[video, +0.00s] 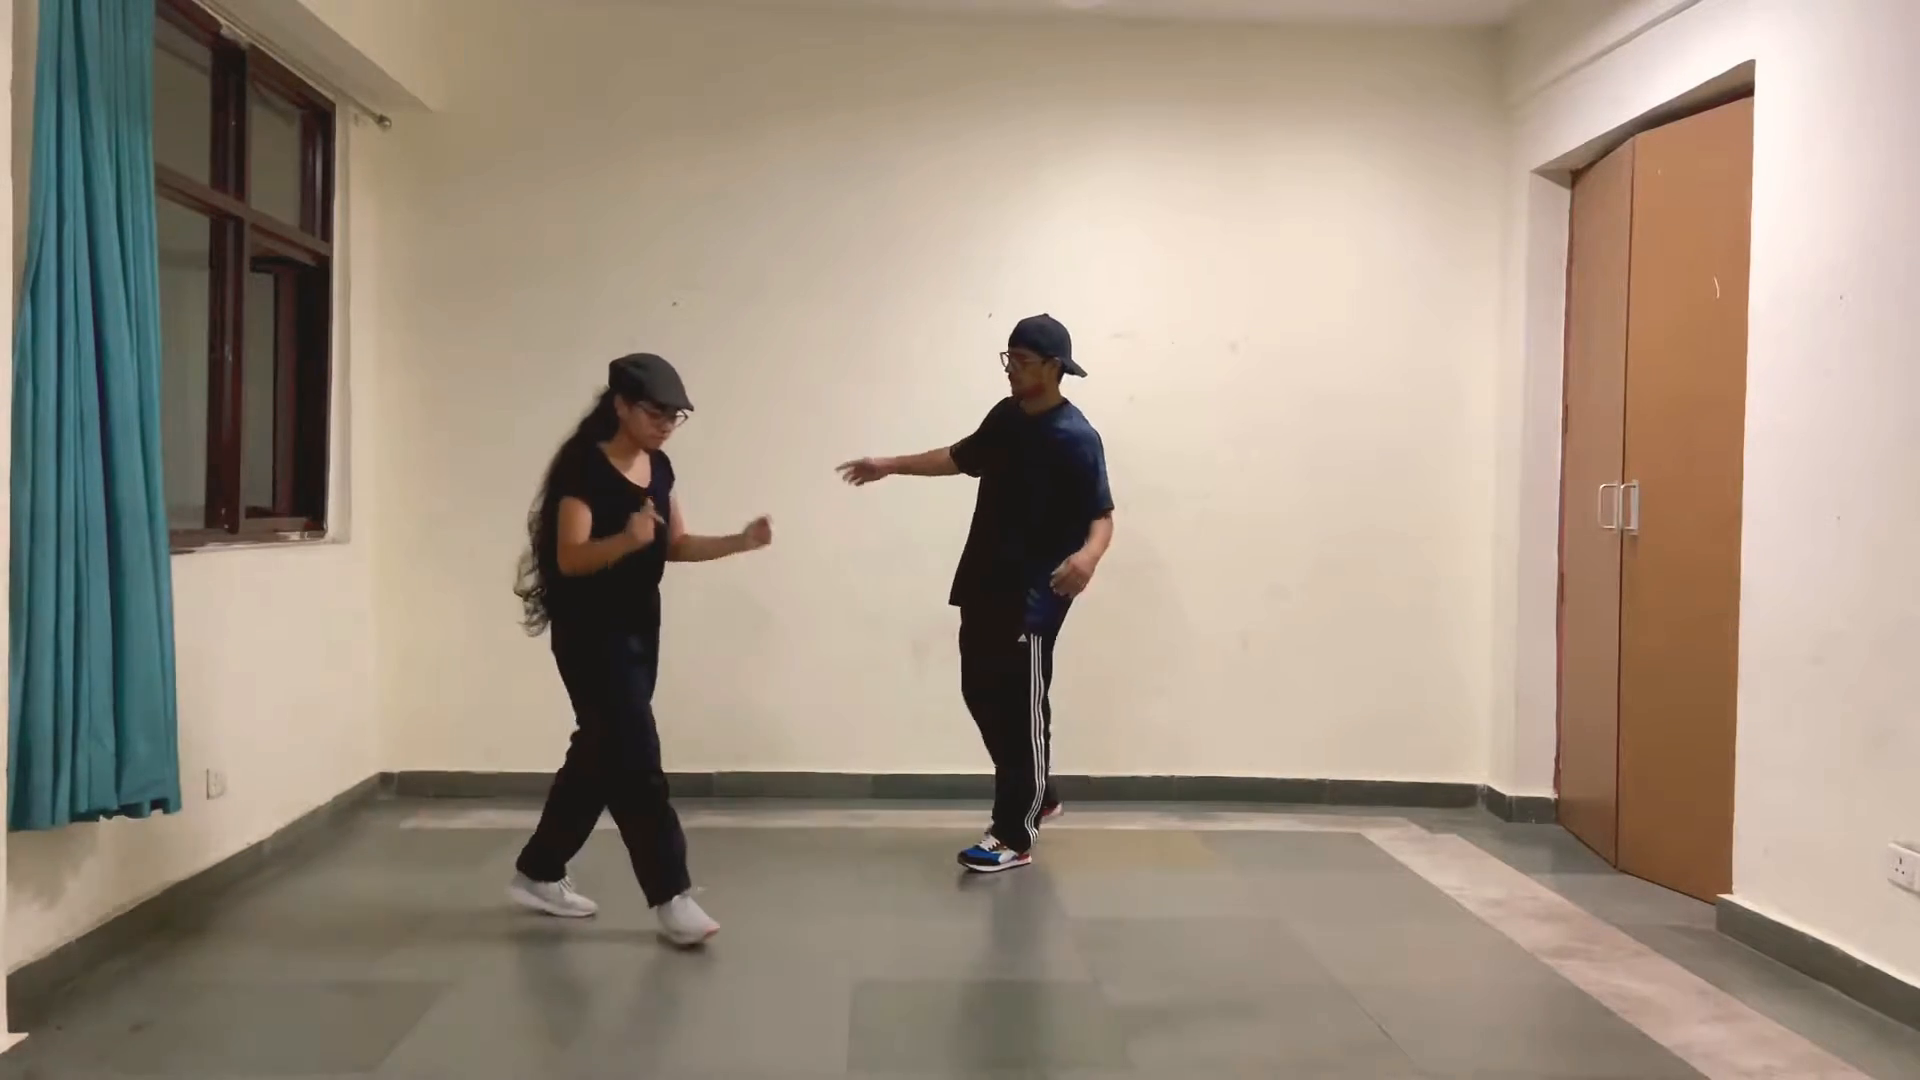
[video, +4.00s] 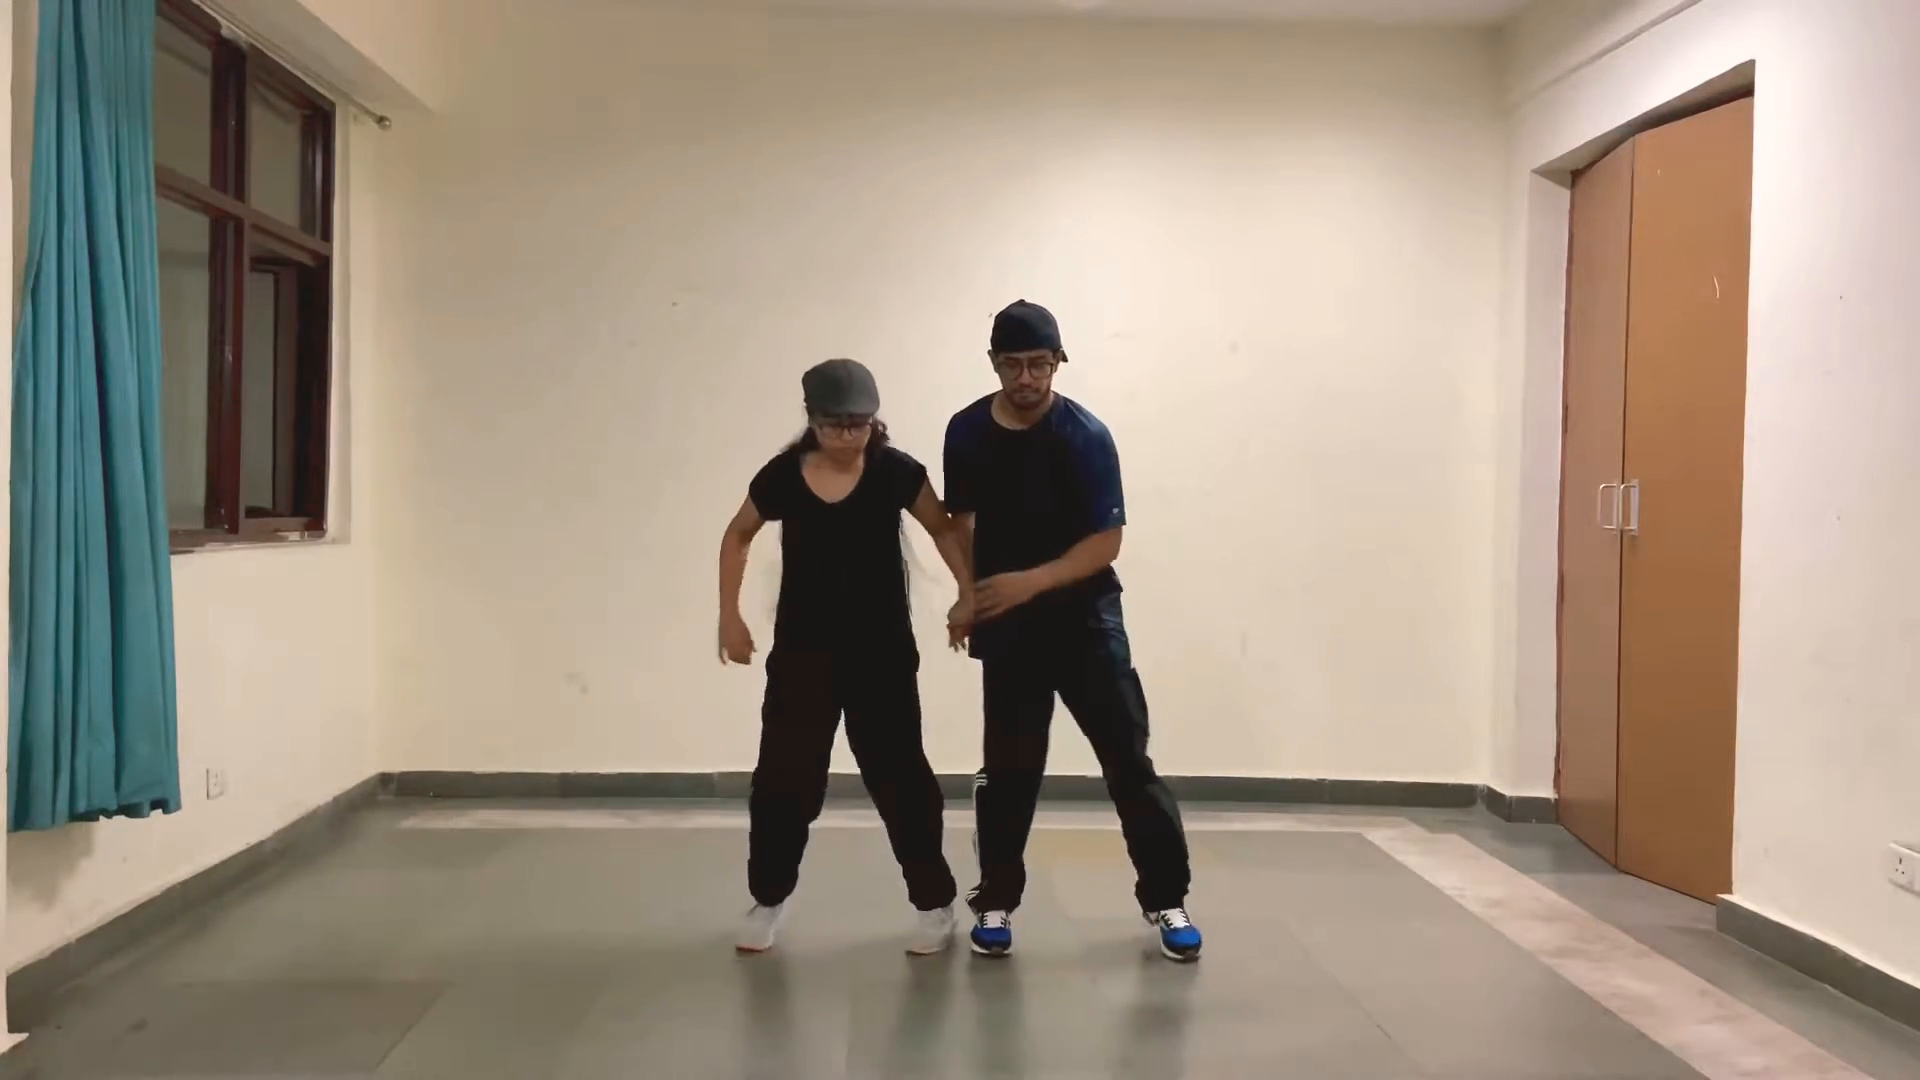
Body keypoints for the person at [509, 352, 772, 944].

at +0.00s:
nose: (669, 423)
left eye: (674, 414)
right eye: (658, 411)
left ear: (676, 416)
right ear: (623, 405)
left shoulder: (656, 467)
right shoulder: (581, 465)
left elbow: (672, 545)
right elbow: (569, 559)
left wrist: (738, 542)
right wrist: (626, 541)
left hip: (638, 634)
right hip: (587, 636)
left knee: (600, 752)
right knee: (635, 752)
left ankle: (538, 872)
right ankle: (670, 894)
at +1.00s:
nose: (787, 436)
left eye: (795, 424)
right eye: (774, 427)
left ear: (808, 413)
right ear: (750, 417)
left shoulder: (832, 457)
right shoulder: (728, 468)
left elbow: (877, 540)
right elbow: (687, 552)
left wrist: (876, 463)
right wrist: (676, 483)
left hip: (819, 636)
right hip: (745, 635)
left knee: (807, 766)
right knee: (745, 766)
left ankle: (802, 903)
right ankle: (749, 905)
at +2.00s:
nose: (766, 424)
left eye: (777, 412)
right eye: (754, 413)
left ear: (792, 408)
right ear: (732, 409)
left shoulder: (814, 457)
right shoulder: (704, 464)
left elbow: (854, 530)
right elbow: (670, 544)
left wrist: (900, 583)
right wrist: (633, 616)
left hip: (796, 638)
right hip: (722, 640)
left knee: (795, 766)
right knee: (729, 768)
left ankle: (797, 903)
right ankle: (739, 903)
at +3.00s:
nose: (726, 440)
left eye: (738, 428)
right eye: (715, 428)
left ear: (760, 425)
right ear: (699, 424)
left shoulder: (787, 485)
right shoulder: (673, 477)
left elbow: (800, 560)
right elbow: (630, 550)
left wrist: (801, 625)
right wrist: (595, 622)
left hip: (747, 651)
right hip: (674, 645)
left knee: (735, 775)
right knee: (625, 762)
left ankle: (771, 900)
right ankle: (576, 887)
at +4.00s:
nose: (850, 436)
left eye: (860, 424)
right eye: (837, 425)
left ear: (874, 419)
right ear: (813, 421)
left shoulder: (897, 472)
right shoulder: (783, 476)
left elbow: (943, 529)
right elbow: (737, 536)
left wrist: (968, 593)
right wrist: (729, 615)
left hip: (879, 654)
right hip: (803, 656)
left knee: (900, 777)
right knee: (782, 778)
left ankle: (935, 902)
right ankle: (768, 899)